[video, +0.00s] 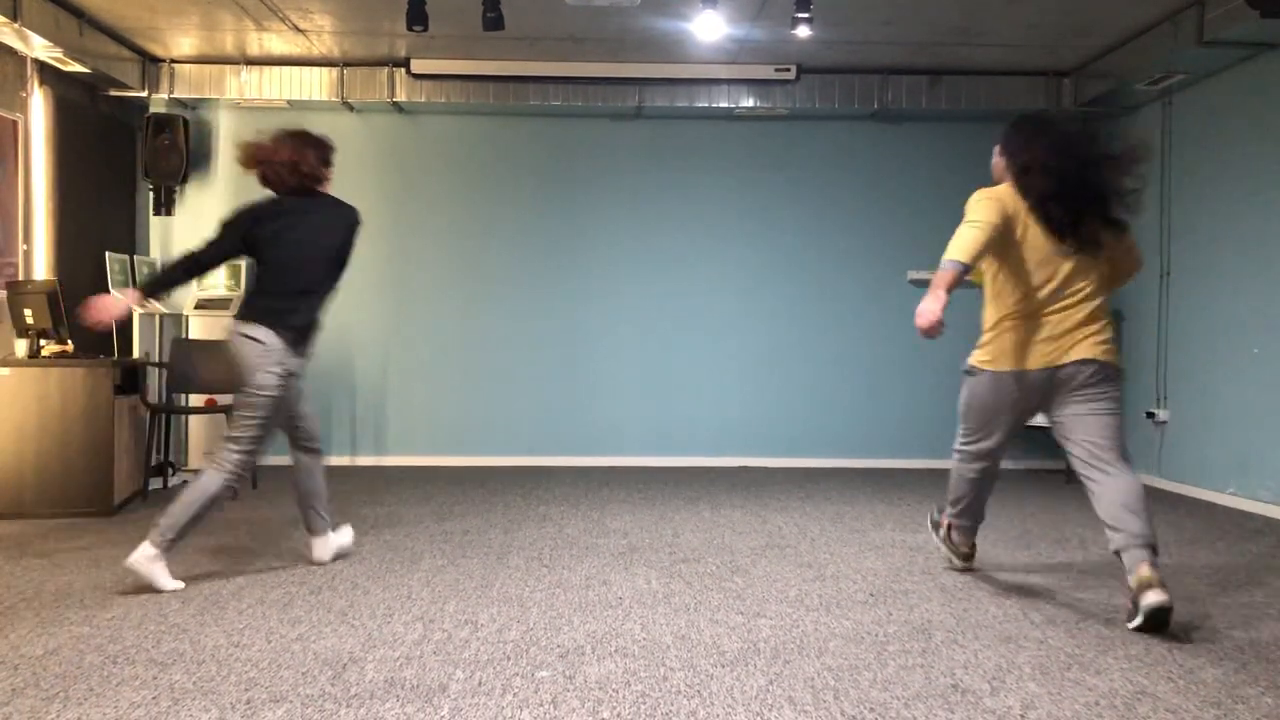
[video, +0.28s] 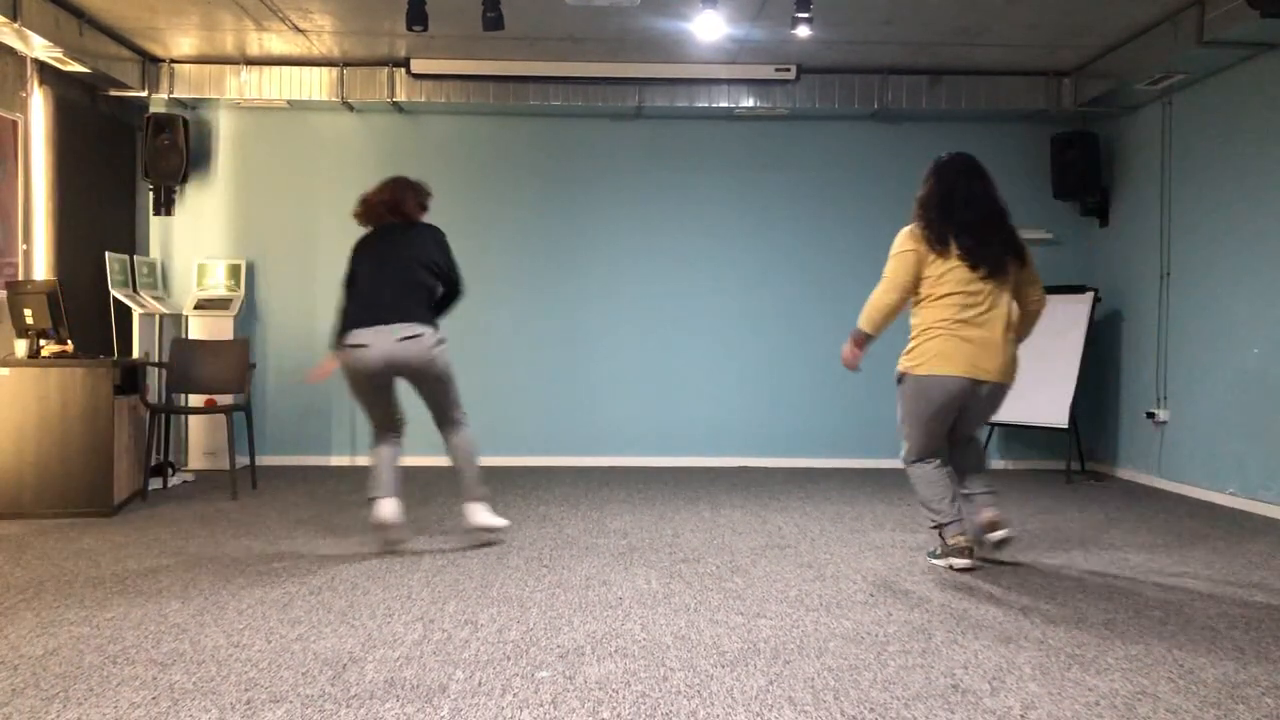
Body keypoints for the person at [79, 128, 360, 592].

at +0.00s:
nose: (331, 172)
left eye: (267, 169)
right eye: (326, 166)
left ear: (275, 172)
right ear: (318, 171)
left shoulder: (260, 215)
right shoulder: (343, 217)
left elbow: (201, 260)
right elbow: (319, 275)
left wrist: (133, 296)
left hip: (249, 334)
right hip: (276, 345)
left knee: (306, 441)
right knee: (232, 460)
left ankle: (322, 537)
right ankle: (152, 551)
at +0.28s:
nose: (427, 211)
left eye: (425, 206)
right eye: (424, 205)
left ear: (380, 207)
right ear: (417, 207)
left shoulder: (364, 243)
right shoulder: (430, 236)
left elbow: (351, 298)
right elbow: (453, 286)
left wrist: (337, 347)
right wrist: (426, 315)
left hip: (360, 348)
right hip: (416, 341)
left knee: (386, 427)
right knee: (452, 421)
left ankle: (385, 501)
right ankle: (476, 505)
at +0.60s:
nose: (476, 259)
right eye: (474, 254)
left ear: (431, 257)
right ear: (468, 254)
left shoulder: (423, 284)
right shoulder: (484, 274)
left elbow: (459, 316)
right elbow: (531, 302)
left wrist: (507, 337)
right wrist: (590, 328)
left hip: (472, 352)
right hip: (513, 343)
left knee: (460, 433)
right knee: (507, 423)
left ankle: (500, 490)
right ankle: (526, 493)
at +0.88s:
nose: (515, 302)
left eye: (515, 298)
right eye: (514, 298)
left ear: (475, 294)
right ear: (507, 296)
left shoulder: (460, 320)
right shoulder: (511, 312)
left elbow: (483, 366)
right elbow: (555, 344)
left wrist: (537, 395)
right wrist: (607, 369)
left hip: (475, 374)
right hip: (522, 365)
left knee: (476, 425)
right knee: (521, 432)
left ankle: (498, 476)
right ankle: (532, 503)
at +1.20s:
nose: (506, 294)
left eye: (506, 290)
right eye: (505, 289)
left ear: (471, 275)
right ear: (499, 285)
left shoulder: (452, 290)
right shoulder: (499, 305)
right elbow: (517, 357)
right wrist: (538, 400)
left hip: (421, 337)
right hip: (464, 343)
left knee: (421, 410)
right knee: (475, 413)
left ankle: (420, 481)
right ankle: (487, 466)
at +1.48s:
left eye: (432, 275)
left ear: (437, 277)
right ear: (469, 286)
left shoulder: (428, 290)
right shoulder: (476, 314)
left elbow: (389, 305)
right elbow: (460, 353)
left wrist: (340, 317)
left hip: (408, 345)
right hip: (447, 359)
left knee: (394, 415)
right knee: (435, 416)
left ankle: (378, 484)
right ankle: (417, 464)